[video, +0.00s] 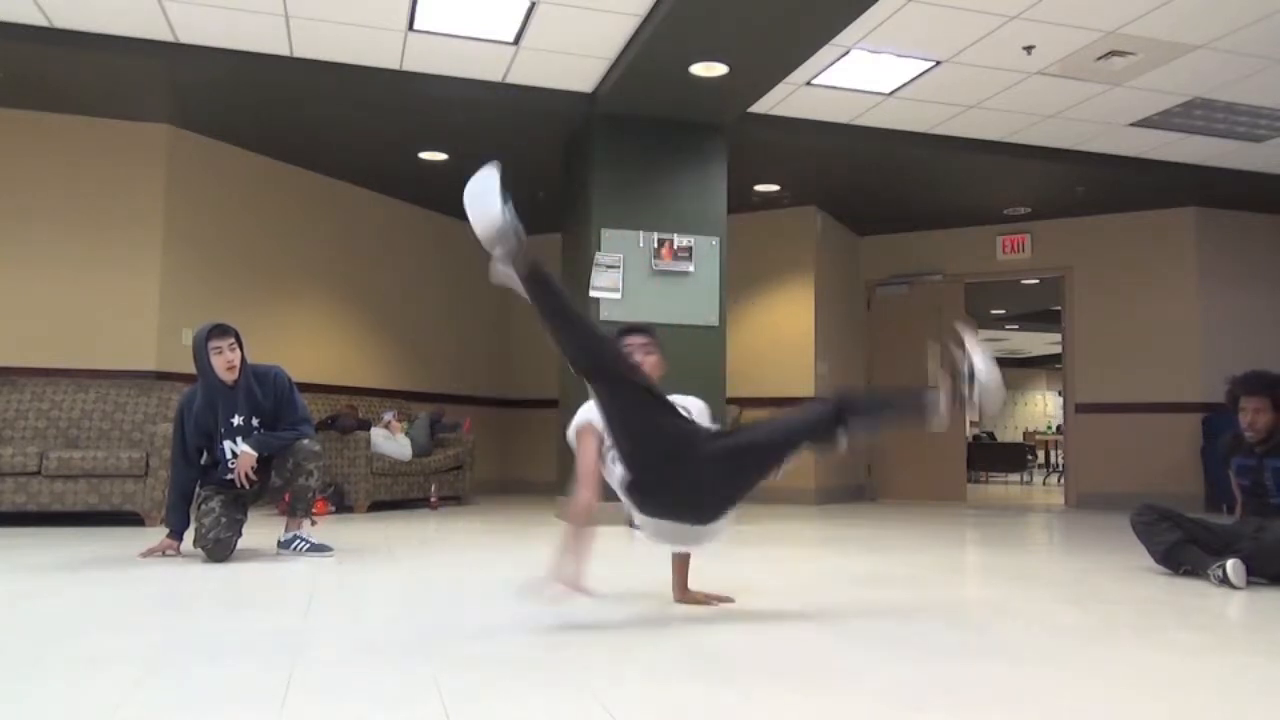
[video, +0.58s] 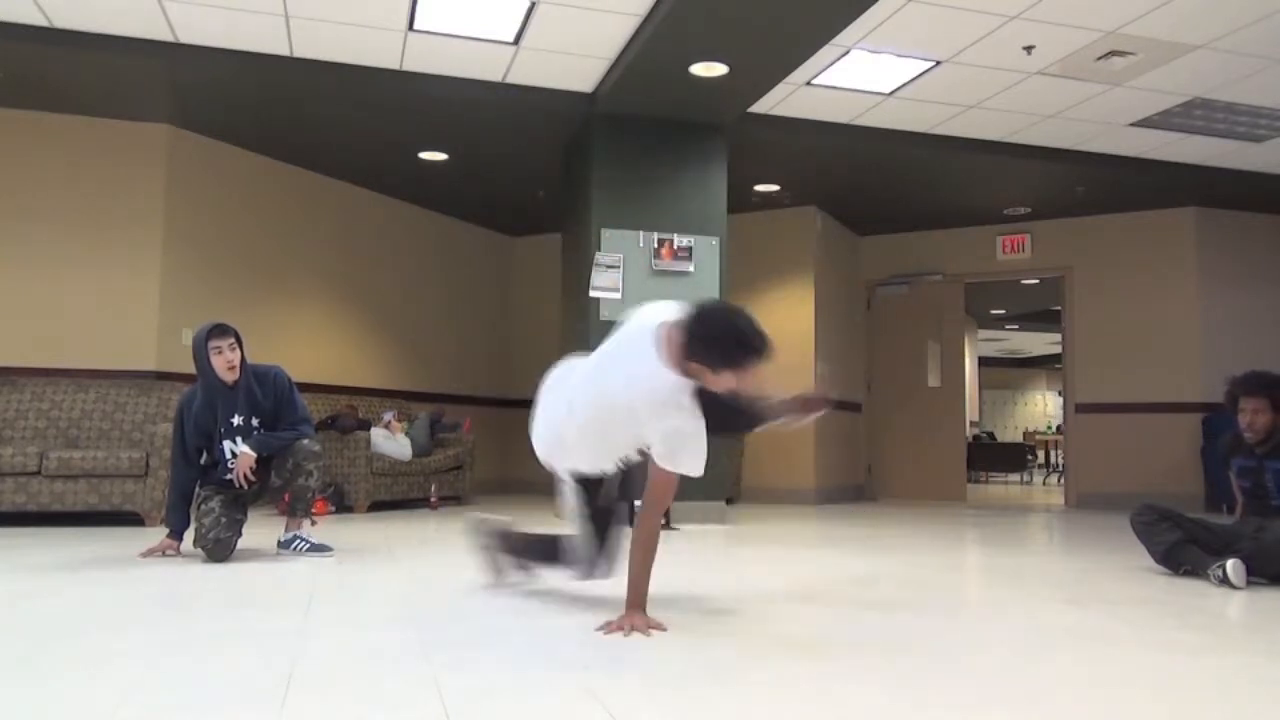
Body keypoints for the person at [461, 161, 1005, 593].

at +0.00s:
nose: (644, 358)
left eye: (649, 352)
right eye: (632, 353)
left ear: (663, 361)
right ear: (613, 364)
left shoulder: (694, 410)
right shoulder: (598, 411)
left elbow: (687, 494)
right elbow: (585, 498)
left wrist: (681, 586)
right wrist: (569, 571)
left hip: (712, 494)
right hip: (655, 487)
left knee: (825, 413)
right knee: (602, 357)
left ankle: (950, 399)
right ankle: (519, 261)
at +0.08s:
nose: (635, 362)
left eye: (640, 353)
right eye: (623, 355)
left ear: (652, 363)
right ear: (602, 372)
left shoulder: (676, 409)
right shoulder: (589, 424)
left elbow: (670, 512)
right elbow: (611, 514)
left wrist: (682, 588)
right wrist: (625, 599)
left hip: (729, 491)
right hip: (679, 491)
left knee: (798, 373)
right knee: (640, 398)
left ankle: (885, 323)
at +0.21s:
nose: (620, 358)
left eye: (619, 349)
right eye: (606, 351)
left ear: (618, 362)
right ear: (578, 365)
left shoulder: (629, 410)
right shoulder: (581, 414)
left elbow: (657, 510)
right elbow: (609, 514)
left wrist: (678, 587)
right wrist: (629, 606)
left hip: (713, 455)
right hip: (702, 492)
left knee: (688, 340)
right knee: (827, 506)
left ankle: (725, 229)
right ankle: (973, 572)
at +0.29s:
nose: (629, 361)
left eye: (632, 349)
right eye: (617, 350)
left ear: (597, 355)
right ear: (583, 355)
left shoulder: (591, 396)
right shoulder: (601, 415)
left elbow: (649, 469)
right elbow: (618, 513)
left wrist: (694, 541)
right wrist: (630, 606)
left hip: (680, 461)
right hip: (698, 502)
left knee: (661, 345)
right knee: (824, 520)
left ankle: (732, 244)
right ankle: (956, 574)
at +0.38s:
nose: (648, 357)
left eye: (648, 346)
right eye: (636, 349)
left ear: (596, 354)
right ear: (599, 356)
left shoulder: (574, 379)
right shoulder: (622, 417)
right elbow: (627, 518)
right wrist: (634, 608)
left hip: (657, 456)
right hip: (677, 496)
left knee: (686, 351)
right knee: (790, 516)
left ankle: (790, 286)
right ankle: (850, 562)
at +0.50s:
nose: (717, 367)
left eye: (719, 357)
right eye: (710, 360)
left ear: (657, 327)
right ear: (674, 360)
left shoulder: (612, 326)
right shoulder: (664, 417)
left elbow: (664, 328)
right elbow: (643, 517)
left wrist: (716, 322)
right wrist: (634, 608)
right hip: (606, 478)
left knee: (724, 382)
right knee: (673, 549)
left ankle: (825, 376)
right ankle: (599, 551)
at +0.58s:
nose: (741, 382)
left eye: (745, 371)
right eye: (736, 373)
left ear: (702, 318)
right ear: (707, 367)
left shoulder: (666, 314)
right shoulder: (678, 416)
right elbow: (649, 517)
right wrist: (635, 609)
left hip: (563, 382)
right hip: (572, 448)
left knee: (712, 407)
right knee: (594, 558)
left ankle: (776, 411)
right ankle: (503, 541)